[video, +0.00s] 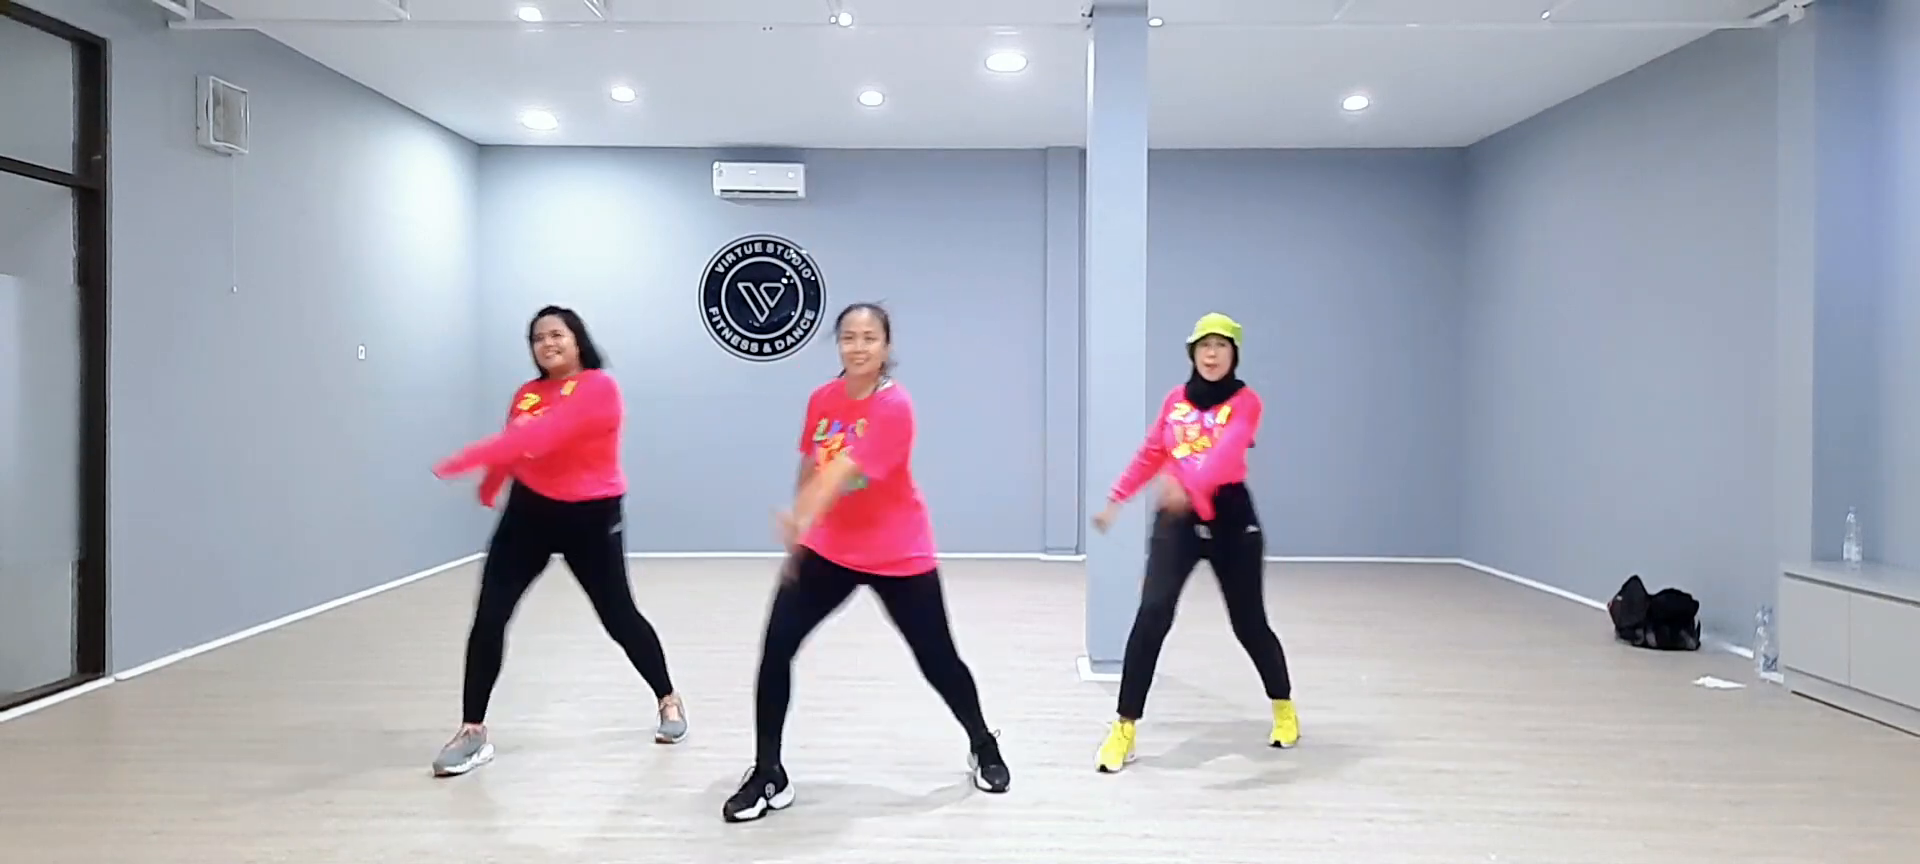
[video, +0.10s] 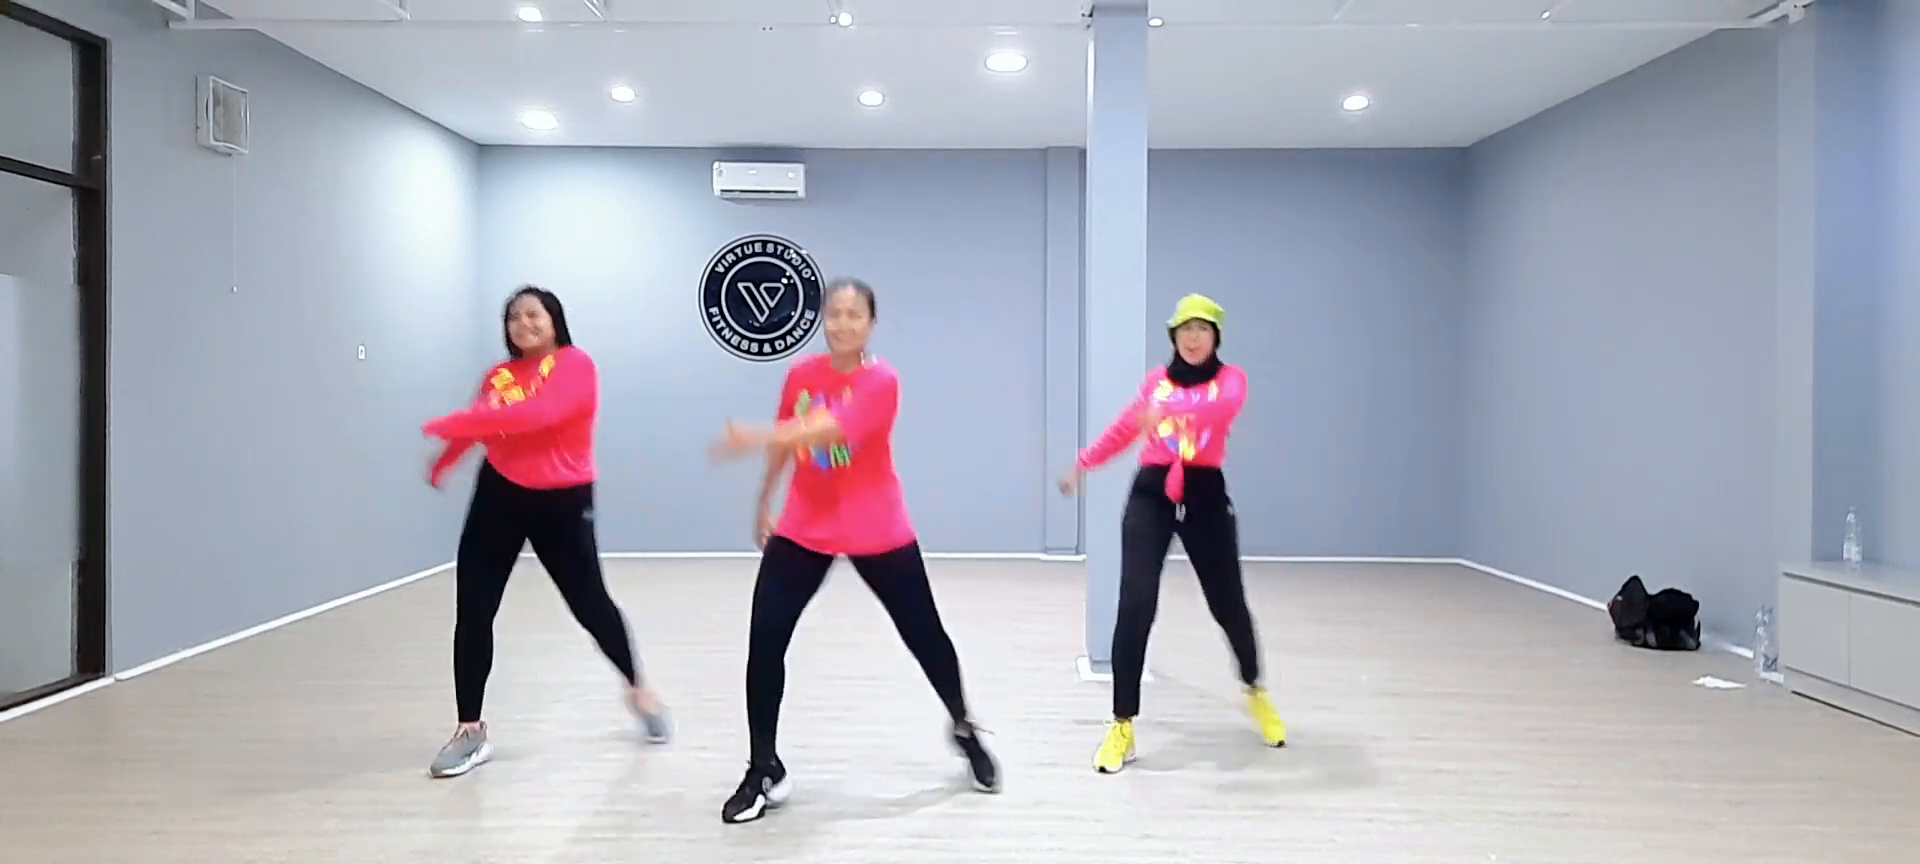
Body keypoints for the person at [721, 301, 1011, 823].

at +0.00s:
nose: (858, 346)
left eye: (869, 338)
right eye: (849, 338)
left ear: (887, 347)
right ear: (838, 346)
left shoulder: (894, 407)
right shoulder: (823, 399)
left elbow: (843, 473)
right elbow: (809, 469)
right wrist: (801, 520)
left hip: (900, 556)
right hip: (831, 551)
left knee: (939, 663)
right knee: (776, 648)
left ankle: (983, 745)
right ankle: (768, 773)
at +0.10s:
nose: (842, 322)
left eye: (853, 314)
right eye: (834, 314)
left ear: (871, 324)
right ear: (822, 321)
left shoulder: (880, 383)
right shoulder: (801, 375)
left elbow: (834, 428)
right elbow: (787, 443)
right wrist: (764, 506)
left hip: (876, 527)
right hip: (806, 525)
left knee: (926, 637)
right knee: (765, 641)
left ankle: (965, 729)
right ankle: (764, 766)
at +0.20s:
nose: (829, 294)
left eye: (840, 285)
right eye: (820, 285)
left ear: (858, 292)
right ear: (807, 291)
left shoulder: (874, 343)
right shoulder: (785, 342)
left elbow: (851, 383)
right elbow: (755, 405)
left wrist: (766, 377)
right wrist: (731, 465)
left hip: (865, 492)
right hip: (795, 495)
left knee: (913, 598)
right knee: (770, 620)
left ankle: (901, 706)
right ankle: (747, 747)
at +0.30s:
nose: (812, 291)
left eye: (822, 282)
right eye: (803, 282)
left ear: (841, 289)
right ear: (789, 290)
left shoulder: (858, 329)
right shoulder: (774, 336)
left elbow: (881, 356)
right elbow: (723, 377)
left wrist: (806, 354)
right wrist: (688, 428)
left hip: (857, 490)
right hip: (786, 493)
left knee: (891, 602)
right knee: (768, 617)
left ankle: (841, 689)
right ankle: (744, 744)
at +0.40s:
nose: (794, 321)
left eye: (805, 310)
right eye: (785, 310)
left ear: (823, 314)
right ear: (770, 314)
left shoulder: (852, 353)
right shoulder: (758, 360)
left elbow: (920, 339)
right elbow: (692, 371)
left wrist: (865, 364)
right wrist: (640, 410)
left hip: (846, 524)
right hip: (776, 525)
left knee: (859, 647)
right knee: (759, 649)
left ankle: (809, 736)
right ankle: (749, 771)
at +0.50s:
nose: (796, 344)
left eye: (806, 333)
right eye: (785, 334)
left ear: (822, 337)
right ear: (768, 338)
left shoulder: (851, 368)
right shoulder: (747, 389)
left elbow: (922, 346)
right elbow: (677, 401)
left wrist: (922, 394)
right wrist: (612, 432)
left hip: (844, 533)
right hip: (774, 534)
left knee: (861, 661)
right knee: (752, 660)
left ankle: (823, 728)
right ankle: (749, 772)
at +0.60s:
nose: (814, 337)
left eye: (824, 326)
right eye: (803, 327)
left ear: (838, 328)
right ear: (786, 331)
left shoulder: (866, 359)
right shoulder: (765, 389)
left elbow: (926, 355)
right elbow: (706, 450)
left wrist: (971, 400)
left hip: (857, 521)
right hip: (784, 525)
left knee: (887, 631)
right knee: (755, 649)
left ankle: (870, 745)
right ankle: (746, 763)